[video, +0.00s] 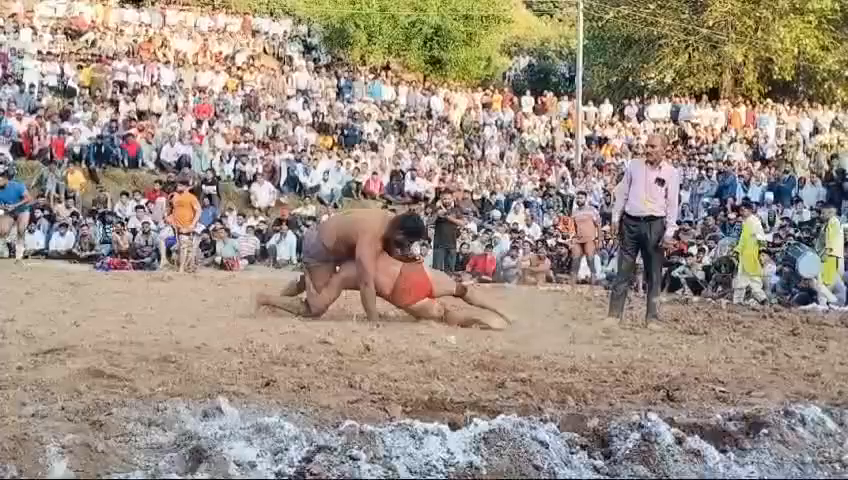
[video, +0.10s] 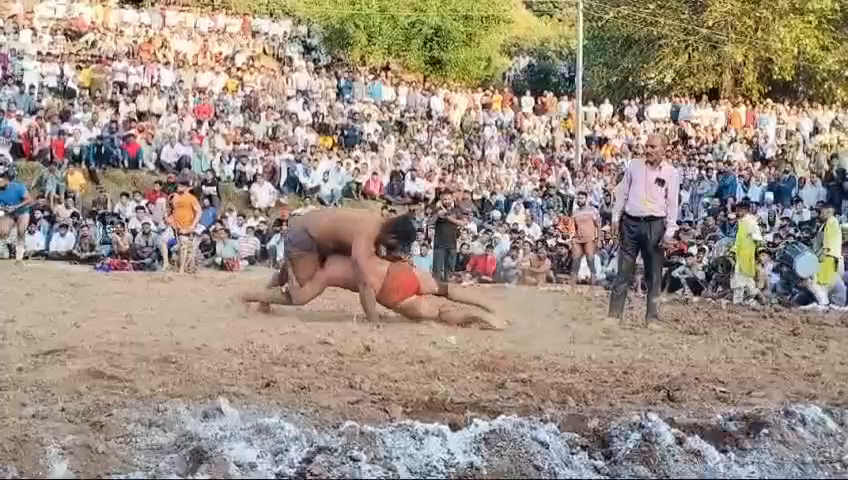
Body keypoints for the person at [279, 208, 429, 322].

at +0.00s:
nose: (406, 253)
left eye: (410, 249)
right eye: (404, 249)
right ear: (397, 235)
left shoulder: (397, 226)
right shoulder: (369, 233)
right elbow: (366, 282)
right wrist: (374, 321)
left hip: (345, 245)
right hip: (318, 247)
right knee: (316, 308)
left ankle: (306, 281)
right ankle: (267, 299)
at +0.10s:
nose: (395, 252)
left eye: (400, 251)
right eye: (396, 249)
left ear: (394, 226)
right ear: (391, 238)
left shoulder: (381, 223)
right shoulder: (364, 236)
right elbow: (364, 283)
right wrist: (374, 322)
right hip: (301, 233)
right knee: (301, 296)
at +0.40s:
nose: (375, 256)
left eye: (379, 253)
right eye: (377, 252)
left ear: (370, 229)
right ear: (374, 244)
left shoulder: (349, 228)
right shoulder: (350, 243)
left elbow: (345, 273)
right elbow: (358, 285)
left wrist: (348, 304)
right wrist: (374, 321)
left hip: (275, 232)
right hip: (291, 246)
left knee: (231, 283)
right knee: (291, 303)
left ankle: (181, 298)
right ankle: (239, 309)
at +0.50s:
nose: (370, 260)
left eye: (374, 257)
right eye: (372, 256)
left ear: (363, 234)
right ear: (369, 248)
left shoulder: (345, 236)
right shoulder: (349, 250)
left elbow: (346, 279)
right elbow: (356, 288)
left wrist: (348, 307)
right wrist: (373, 320)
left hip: (273, 241)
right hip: (291, 254)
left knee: (230, 289)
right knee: (288, 315)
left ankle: (182, 311)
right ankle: (248, 308)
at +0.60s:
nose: (369, 262)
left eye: (370, 260)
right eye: (371, 259)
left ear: (361, 240)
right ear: (368, 251)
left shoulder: (339, 242)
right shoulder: (357, 253)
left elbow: (332, 281)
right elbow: (366, 296)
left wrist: (341, 311)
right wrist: (375, 322)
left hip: (279, 240)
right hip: (299, 254)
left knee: (234, 285)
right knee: (287, 311)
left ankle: (187, 310)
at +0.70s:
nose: (374, 260)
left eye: (375, 257)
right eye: (377, 256)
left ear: (365, 236)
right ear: (373, 249)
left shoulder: (343, 235)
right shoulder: (365, 253)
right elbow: (370, 291)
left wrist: (336, 315)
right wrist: (376, 321)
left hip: (285, 239)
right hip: (304, 254)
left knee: (236, 272)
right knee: (286, 307)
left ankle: (190, 300)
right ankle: (264, 327)